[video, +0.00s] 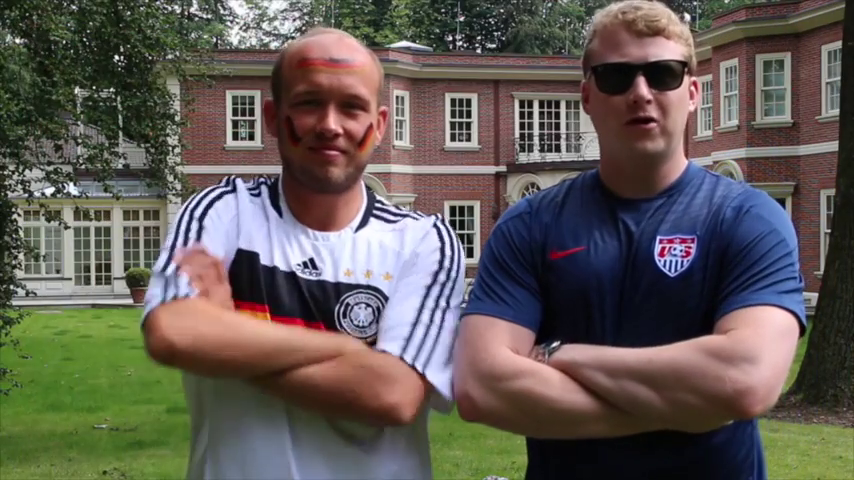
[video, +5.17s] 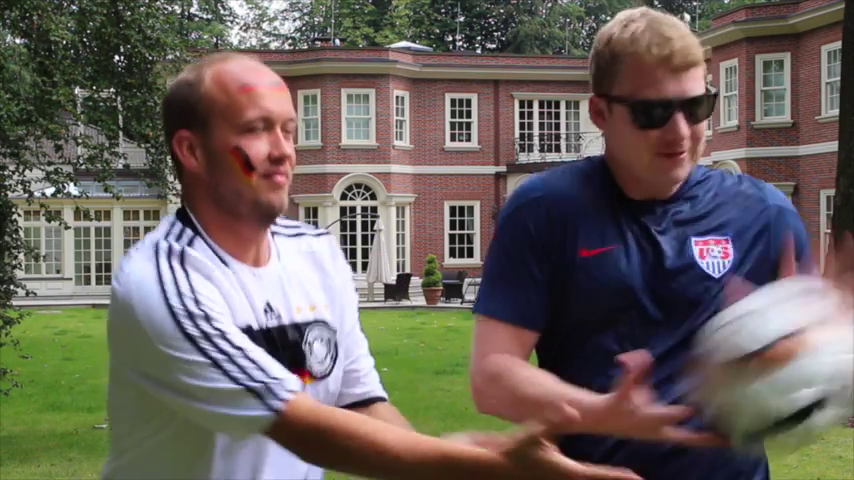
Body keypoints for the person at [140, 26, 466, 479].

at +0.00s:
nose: (330, 126)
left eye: (352, 107)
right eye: (310, 104)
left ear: (380, 125)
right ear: (274, 119)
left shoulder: (425, 241)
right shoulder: (218, 210)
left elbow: (397, 396)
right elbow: (169, 334)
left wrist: (230, 329)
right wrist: (356, 350)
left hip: (377, 477)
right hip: (231, 474)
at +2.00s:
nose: (293, 125)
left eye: (315, 106)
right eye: (272, 103)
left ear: (340, 122)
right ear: (234, 115)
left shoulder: (389, 247)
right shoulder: (175, 221)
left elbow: (386, 417)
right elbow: (139, 367)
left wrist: (210, 366)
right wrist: (322, 361)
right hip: (203, 474)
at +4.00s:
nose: (293, 126)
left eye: (314, 107)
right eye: (271, 104)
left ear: (338, 124)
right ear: (232, 118)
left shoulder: (387, 249)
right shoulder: (174, 221)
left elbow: (384, 421)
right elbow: (138, 374)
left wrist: (211, 372)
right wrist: (318, 365)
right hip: (201, 473)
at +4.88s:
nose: (294, 115)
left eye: (301, 98)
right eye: (269, 95)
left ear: (309, 109)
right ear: (204, 117)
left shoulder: (348, 240)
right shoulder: (140, 232)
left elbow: (403, 406)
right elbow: (125, 388)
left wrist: (248, 361)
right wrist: (289, 304)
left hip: (330, 474)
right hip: (191, 472)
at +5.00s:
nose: (288, 122)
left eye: (295, 103)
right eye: (263, 100)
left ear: (304, 110)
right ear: (197, 119)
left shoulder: (339, 242)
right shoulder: (136, 239)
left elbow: (405, 411)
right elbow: (169, 407)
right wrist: (342, 322)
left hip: (323, 475)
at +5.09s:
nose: (284, 132)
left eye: (290, 111)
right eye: (259, 111)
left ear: (298, 119)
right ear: (191, 128)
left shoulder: (329, 243)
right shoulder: (141, 256)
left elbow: (366, 383)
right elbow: (230, 414)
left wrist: (386, 421)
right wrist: (412, 404)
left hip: (316, 470)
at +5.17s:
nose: (283, 150)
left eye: (287, 129)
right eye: (256, 131)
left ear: (295, 132)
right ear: (188, 152)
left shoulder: (316, 252)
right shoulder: (158, 284)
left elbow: (362, 403)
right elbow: (299, 425)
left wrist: (459, 458)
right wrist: (495, 458)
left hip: (318, 472)